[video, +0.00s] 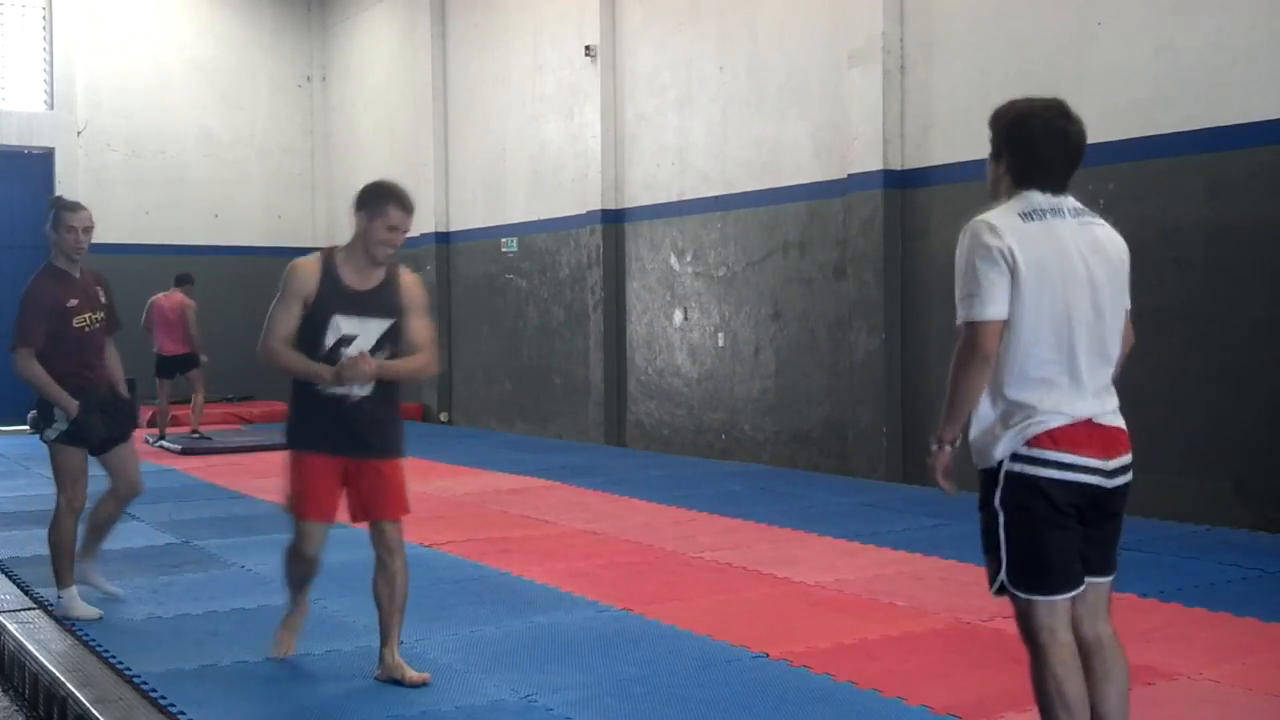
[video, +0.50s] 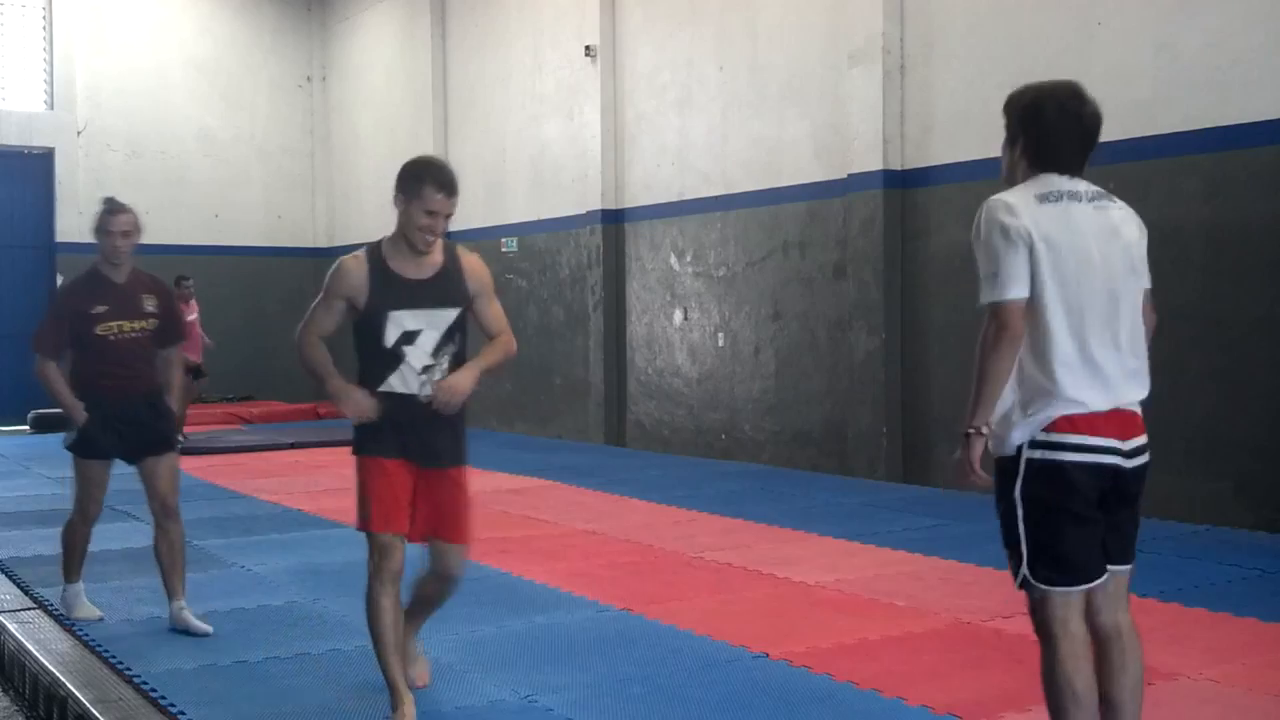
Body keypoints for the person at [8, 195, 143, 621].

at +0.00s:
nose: (82, 238)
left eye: (87, 230)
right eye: (72, 231)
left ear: (92, 232)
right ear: (53, 233)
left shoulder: (95, 280)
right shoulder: (41, 288)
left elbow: (106, 343)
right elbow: (22, 359)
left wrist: (122, 395)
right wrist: (70, 405)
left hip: (104, 401)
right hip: (64, 408)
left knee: (128, 485)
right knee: (71, 501)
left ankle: (85, 560)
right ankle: (66, 595)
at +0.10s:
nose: (80, 237)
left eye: (86, 230)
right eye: (71, 230)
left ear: (93, 232)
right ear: (55, 233)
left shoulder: (104, 280)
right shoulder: (41, 289)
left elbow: (118, 341)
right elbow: (19, 358)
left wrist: (129, 393)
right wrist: (65, 407)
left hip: (112, 402)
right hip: (67, 408)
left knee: (139, 488)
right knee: (69, 502)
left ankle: (113, 575)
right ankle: (67, 595)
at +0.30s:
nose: (92, 240)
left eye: (99, 232)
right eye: (84, 232)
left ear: (109, 234)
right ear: (69, 235)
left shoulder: (128, 285)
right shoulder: (51, 292)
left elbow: (141, 345)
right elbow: (24, 360)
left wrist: (146, 395)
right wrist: (63, 408)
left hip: (127, 404)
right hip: (77, 409)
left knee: (152, 500)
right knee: (74, 507)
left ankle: (169, 593)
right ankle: (68, 595)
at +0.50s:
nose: (119, 241)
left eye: (127, 234)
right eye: (110, 234)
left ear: (137, 238)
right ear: (97, 237)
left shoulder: (157, 291)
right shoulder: (74, 294)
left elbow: (173, 356)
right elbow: (46, 364)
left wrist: (172, 412)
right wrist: (78, 413)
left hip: (151, 412)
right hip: (95, 414)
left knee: (167, 508)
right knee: (86, 512)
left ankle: (178, 606)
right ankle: (72, 591)